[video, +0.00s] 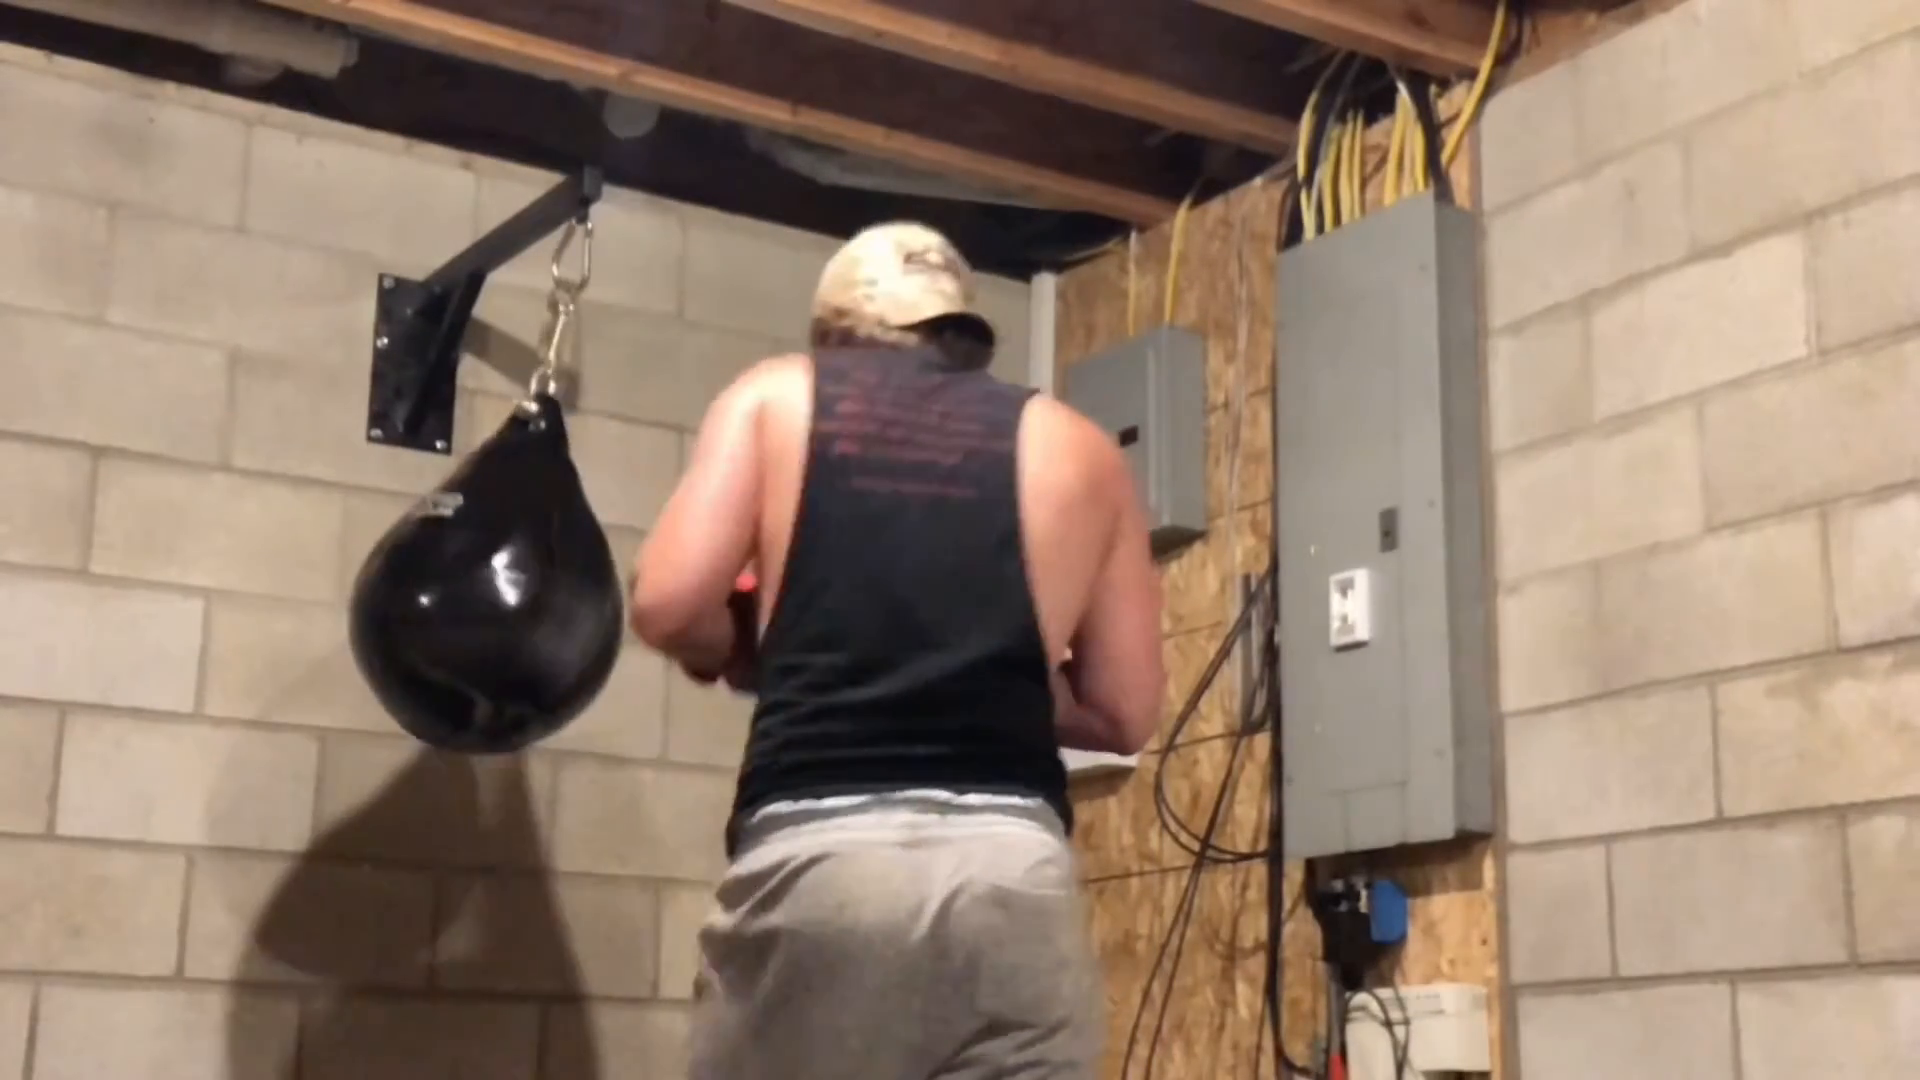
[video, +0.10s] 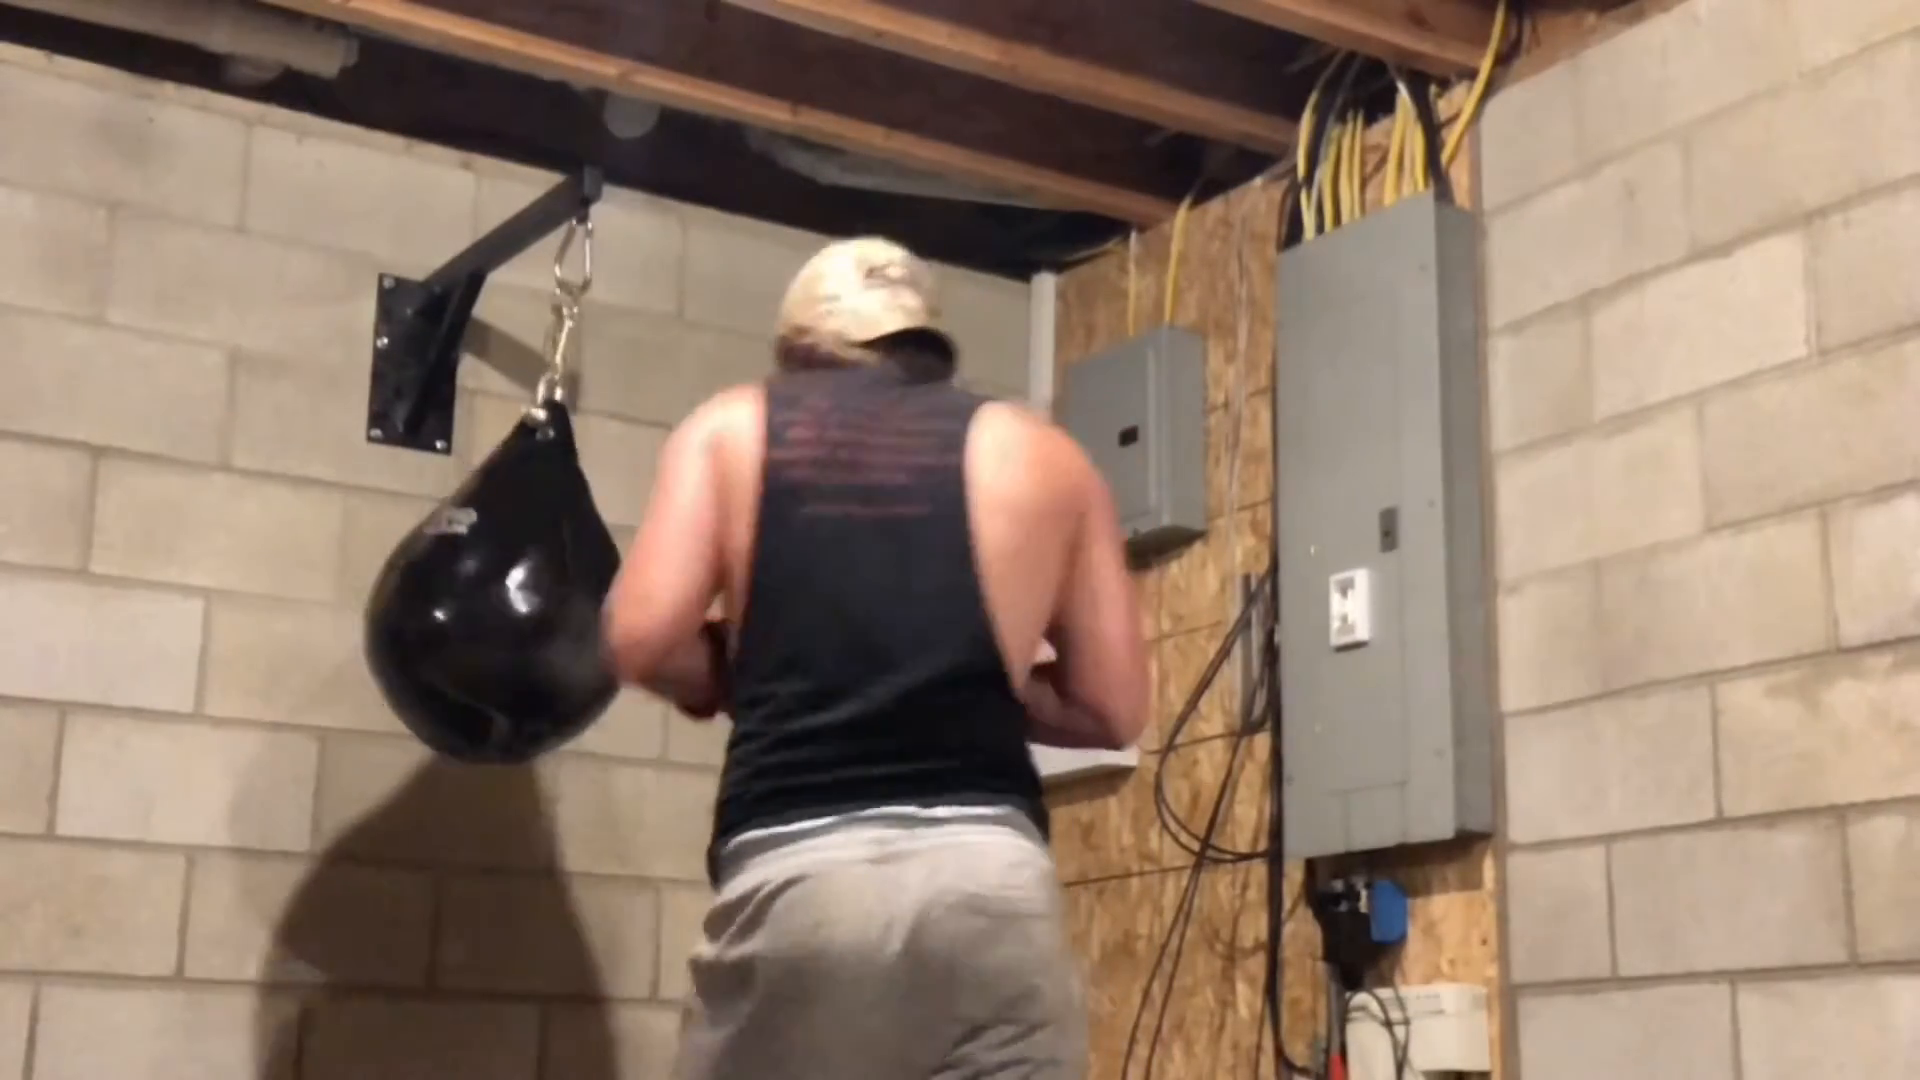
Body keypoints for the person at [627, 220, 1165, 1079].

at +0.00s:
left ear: (831, 326)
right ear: (965, 333)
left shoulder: (768, 396)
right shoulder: (1080, 447)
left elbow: (666, 604)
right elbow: (1125, 716)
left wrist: (742, 645)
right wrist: (981, 681)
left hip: (816, 868)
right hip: (1016, 872)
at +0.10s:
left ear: (798, 344)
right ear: (932, 346)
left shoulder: (727, 428)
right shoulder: (1047, 454)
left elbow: (642, 637)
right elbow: (1114, 712)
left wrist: (750, 671)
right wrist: (976, 679)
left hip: (795, 883)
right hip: (994, 879)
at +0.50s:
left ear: (662, 388)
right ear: (786, 369)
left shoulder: (591, 484)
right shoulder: (887, 431)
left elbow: (537, 715)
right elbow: (987, 664)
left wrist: (666, 660)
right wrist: (854, 612)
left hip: (650, 882)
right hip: (845, 876)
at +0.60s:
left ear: (637, 399)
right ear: (765, 383)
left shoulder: (572, 486)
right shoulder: (871, 449)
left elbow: (512, 718)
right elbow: (952, 686)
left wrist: (636, 640)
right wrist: (834, 612)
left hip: (626, 886)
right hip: (817, 881)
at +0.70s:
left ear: (616, 404)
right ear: (738, 395)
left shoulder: (569, 473)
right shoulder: (858, 479)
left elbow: (477, 704)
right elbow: (903, 722)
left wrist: (579, 627)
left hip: (629, 881)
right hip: (819, 882)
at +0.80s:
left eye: (589, 423)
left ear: (606, 421)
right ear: (718, 423)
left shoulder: (591, 472)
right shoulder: (837, 527)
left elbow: (450, 682)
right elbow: (845, 703)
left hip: (651, 895)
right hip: (832, 917)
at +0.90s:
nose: (581, 465)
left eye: (589, 451)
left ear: (608, 442)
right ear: (720, 450)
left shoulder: (619, 487)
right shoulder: (831, 572)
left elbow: (480, 643)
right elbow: (814, 719)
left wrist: (427, 612)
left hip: (658, 923)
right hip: (840, 934)